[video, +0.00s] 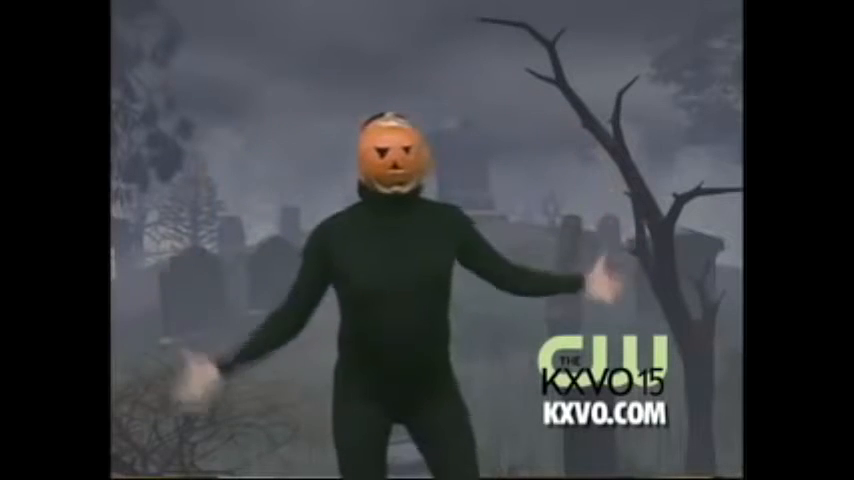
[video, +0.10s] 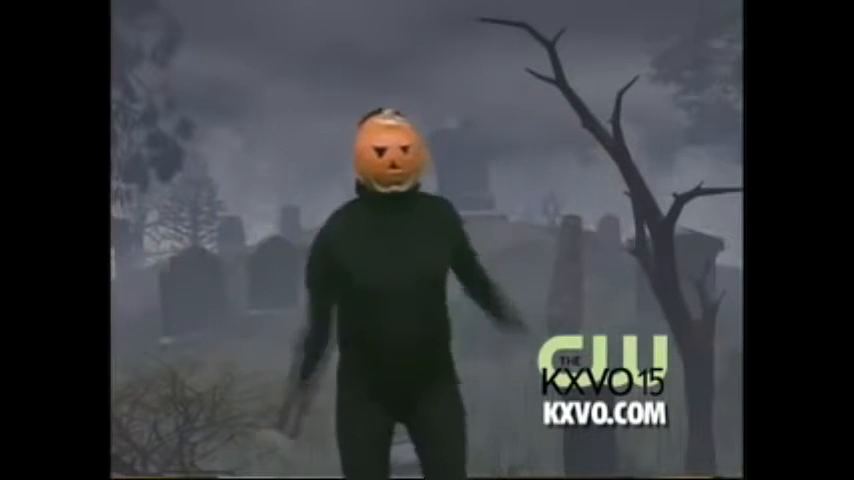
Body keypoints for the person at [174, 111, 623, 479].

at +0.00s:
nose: (394, 158)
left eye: (405, 148)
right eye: (381, 151)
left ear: (422, 161)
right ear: (362, 164)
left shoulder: (446, 223)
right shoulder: (333, 235)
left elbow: (508, 277)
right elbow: (291, 315)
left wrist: (581, 282)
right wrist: (227, 364)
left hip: (432, 387)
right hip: (361, 392)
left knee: (462, 472)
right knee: (360, 475)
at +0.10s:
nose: (394, 160)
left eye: (405, 149)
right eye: (380, 150)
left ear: (421, 157)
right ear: (358, 161)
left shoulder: (439, 215)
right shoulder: (338, 231)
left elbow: (473, 275)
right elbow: (319, 324)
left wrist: (509, 319)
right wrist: (300, 391)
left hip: (432, 384)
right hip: (364, 389)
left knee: (449, 472)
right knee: (364, 473)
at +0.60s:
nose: (380, 95)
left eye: (389, 85)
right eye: (365, 87)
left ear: (405, 94)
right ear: (343, 104)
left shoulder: (429, 153)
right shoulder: (337, 178)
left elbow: (429, 238)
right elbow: (381, 258)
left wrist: (450, 198)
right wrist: (442, 210)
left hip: (426, 336)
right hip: (362, 343)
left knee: (442, 463)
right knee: (372, 466)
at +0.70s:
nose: (378, 113)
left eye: (389, 102)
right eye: (363, 105)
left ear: (404, 112)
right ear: (343, 121)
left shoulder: (425, 172)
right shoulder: (334, 200)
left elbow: (442, 228)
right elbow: (358, 282)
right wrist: (400, 243)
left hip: (421, 348)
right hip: (360, 356)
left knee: (450, 465)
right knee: (372, 469)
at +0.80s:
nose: (388, 132)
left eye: (398, 121)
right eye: (373, 123)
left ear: (415, 130)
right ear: (352, 136)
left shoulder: (437, 192)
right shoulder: (339, 215)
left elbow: (483, 276)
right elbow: (333, 316)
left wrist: (488, 253)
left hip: (417, 355)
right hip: (355, 364)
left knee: (483, 456)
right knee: (370, 472)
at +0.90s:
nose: (400, 130)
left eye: (411, 119)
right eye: (386, 121)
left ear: (426, 129)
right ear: (363, 132)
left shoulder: (450, 191)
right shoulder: (345, 208)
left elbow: (506, 277)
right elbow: (300, 301)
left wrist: (465, 218)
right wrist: (336, 314)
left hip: (423, 351)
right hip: (357, 359)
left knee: (500, 430)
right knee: (365, 471)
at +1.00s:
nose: (410, 87)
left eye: (421, 77)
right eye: (397, 77)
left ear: (437, 91)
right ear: (375, 92)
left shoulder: (456, 162)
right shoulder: (338, 164)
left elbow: (491, 258)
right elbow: (308, 237)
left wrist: (422, 227)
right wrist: (332, 294)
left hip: (440, 332)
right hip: (368, 339)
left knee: (489, 454)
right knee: (373, 470)